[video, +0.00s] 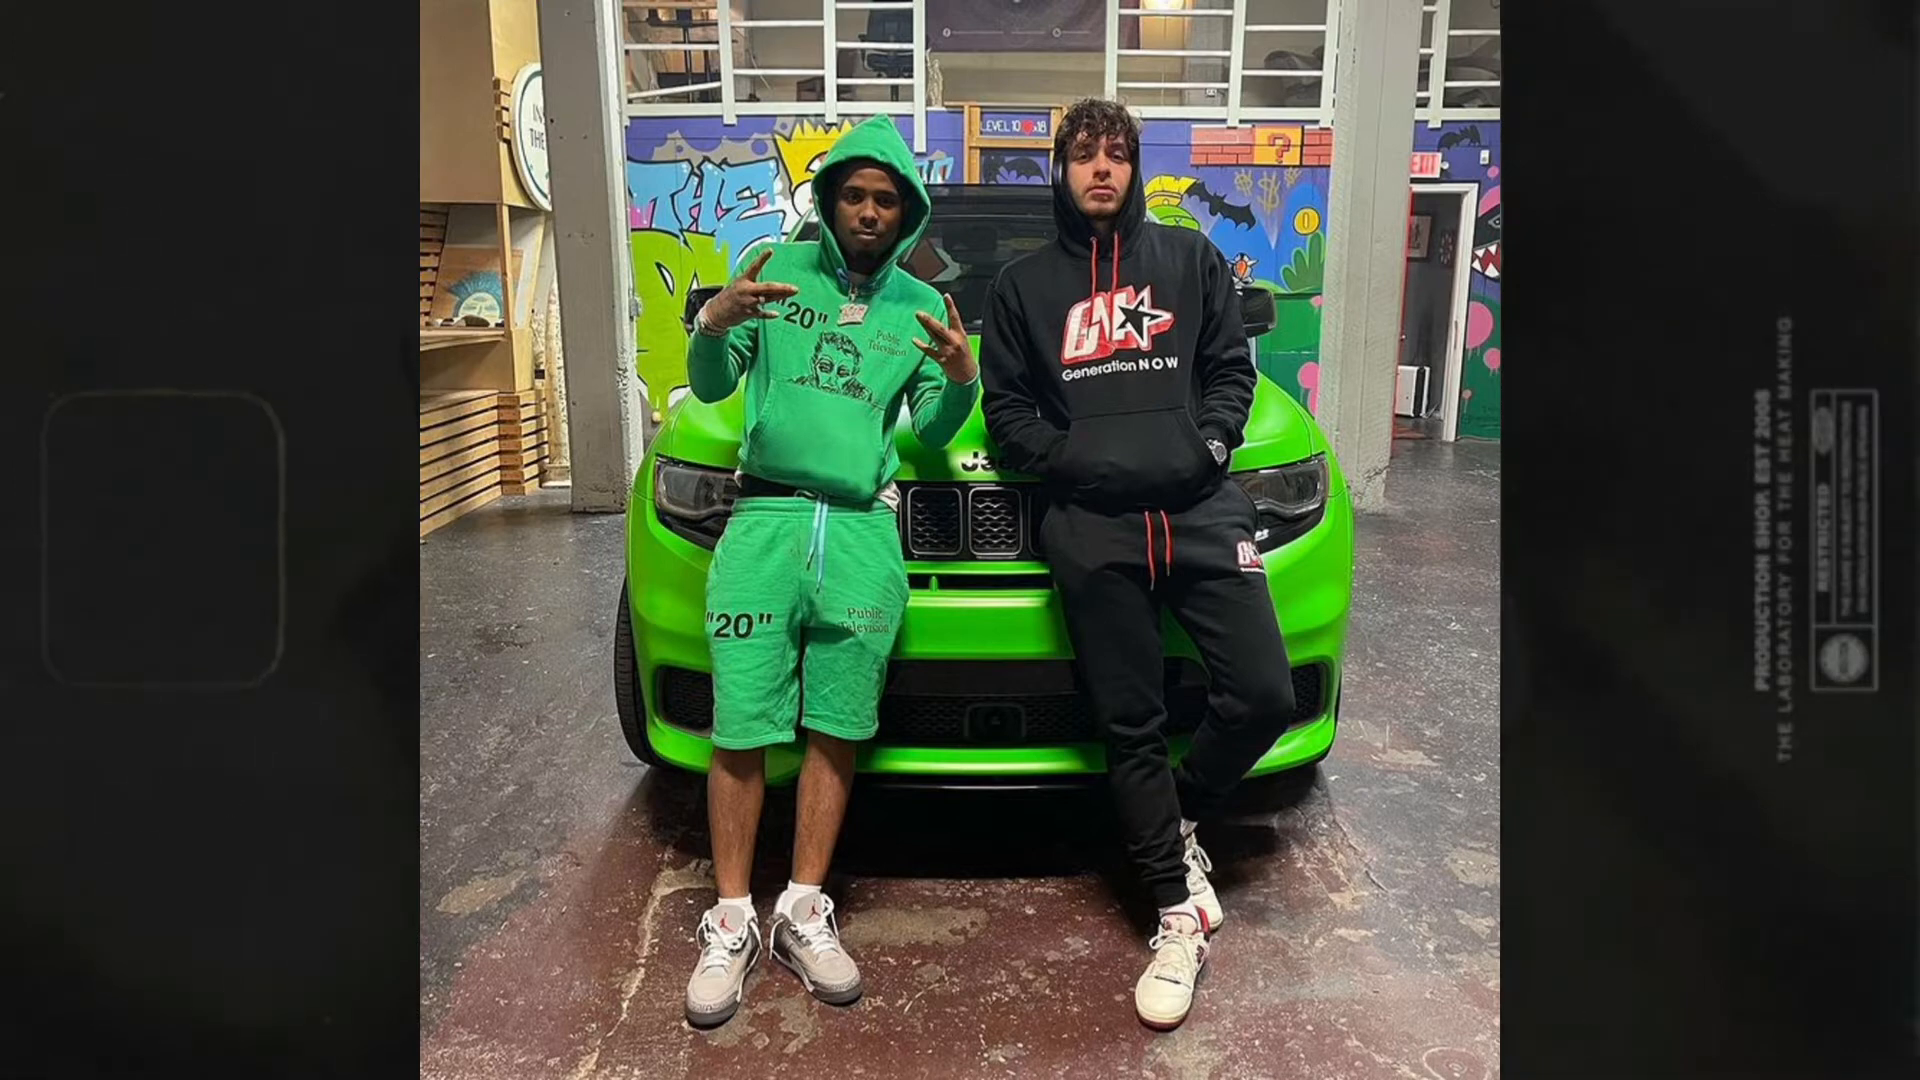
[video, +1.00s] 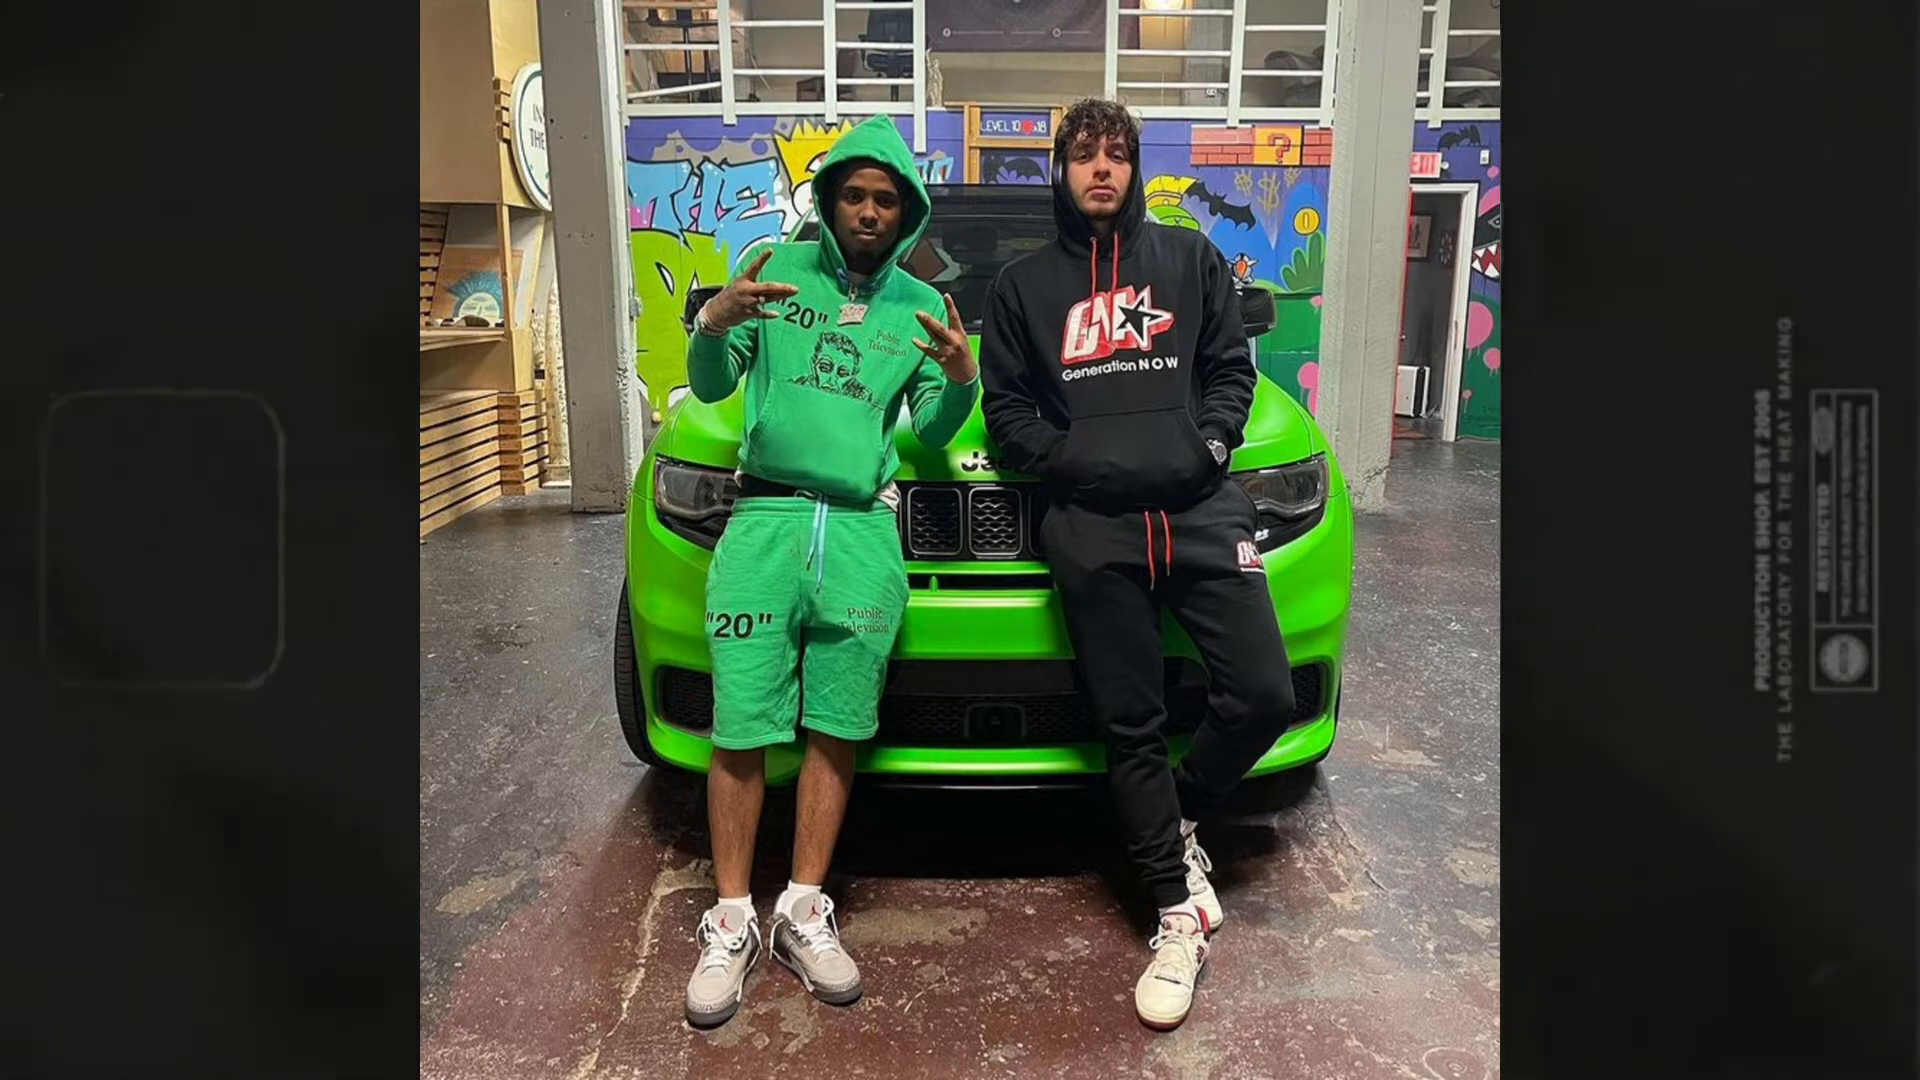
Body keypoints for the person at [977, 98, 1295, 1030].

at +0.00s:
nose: (1102, 171)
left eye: (1116, 158)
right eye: (1088, 158)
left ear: (1137, 171)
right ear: (1062, 171)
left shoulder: (1191, 256)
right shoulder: (1018, 280)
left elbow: (1232, 364)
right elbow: (1004, 403)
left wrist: (1209, 444)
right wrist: (1065, 458)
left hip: (1200, 503)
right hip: (1091, 514)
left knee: (1262, 693)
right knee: (1131, 718)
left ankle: (1179, 819)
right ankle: (1180, 916)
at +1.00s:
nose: (1102, 171)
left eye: (1115, 158)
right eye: (1087, 158)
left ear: (1136, 171)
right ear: (1061, 172)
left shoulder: (1191, 256)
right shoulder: (1017, 280)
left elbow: (1232, 363)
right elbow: (1003, 403)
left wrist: (1209, 444)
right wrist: (1064, 457)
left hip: (1200, 503)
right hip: (1091, 514)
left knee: (1262, 692)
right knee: (1131, 719)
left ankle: (1180, 818)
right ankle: (1179, 917)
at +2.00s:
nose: (1102, 171)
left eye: (1116, 158)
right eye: (1088, 158)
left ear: (1137, 171)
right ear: (1062, 171)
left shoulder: (1191, 256)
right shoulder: (1018, 280)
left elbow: (1232, 364)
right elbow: (1004, 403)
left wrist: (1209, 444)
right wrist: (1065, 458)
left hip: (1200, 503)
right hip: (1091, 514)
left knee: (1262, 693)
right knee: (1131, 718)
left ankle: (1179, 819)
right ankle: (1179, 916)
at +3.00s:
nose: (1102, 171)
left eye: (1116, 158)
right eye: (1088, 158)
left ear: (1137, 171)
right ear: (1062, 171)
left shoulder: (1191, 256)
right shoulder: (1018, 280)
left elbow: (1232, 364)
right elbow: (1004, 403)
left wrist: (1209, 444)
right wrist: (1065, 458)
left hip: (1200, 503)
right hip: (1091, 514)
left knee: (1262, 693)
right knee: (1131, 718)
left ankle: (1179, 819)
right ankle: (1179, 917)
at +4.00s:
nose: (1101, 171)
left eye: (1115, 158)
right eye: (1087, 159)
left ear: (1137, 170)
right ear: (1062, 171)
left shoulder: (1192, 257)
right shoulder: (1019, 281)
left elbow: (1232, 366)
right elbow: (1005, 404)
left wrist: (1208, 445)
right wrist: (1066, 457)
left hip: (1201, 503)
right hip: (1090, 514)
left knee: (1262, 693)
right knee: (1131, 718)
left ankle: (1179, 820)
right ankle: (1179, 917)